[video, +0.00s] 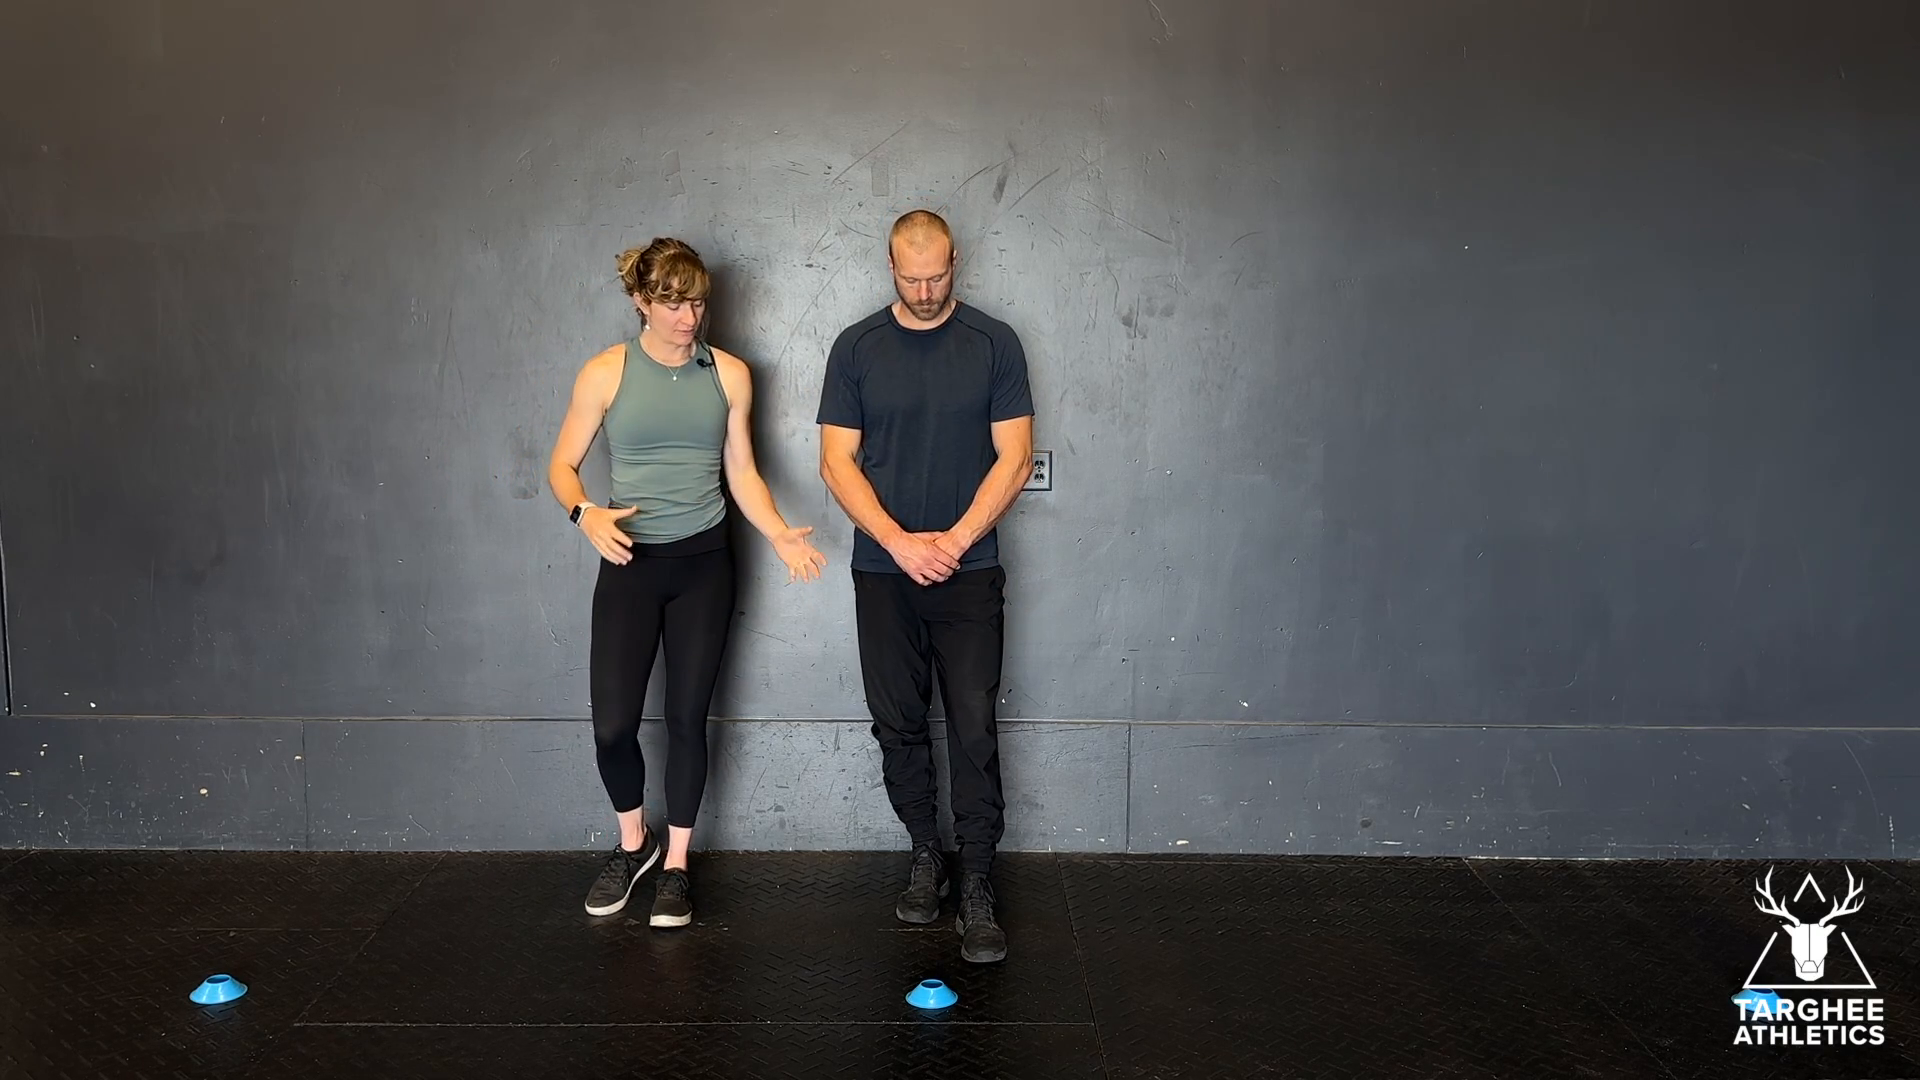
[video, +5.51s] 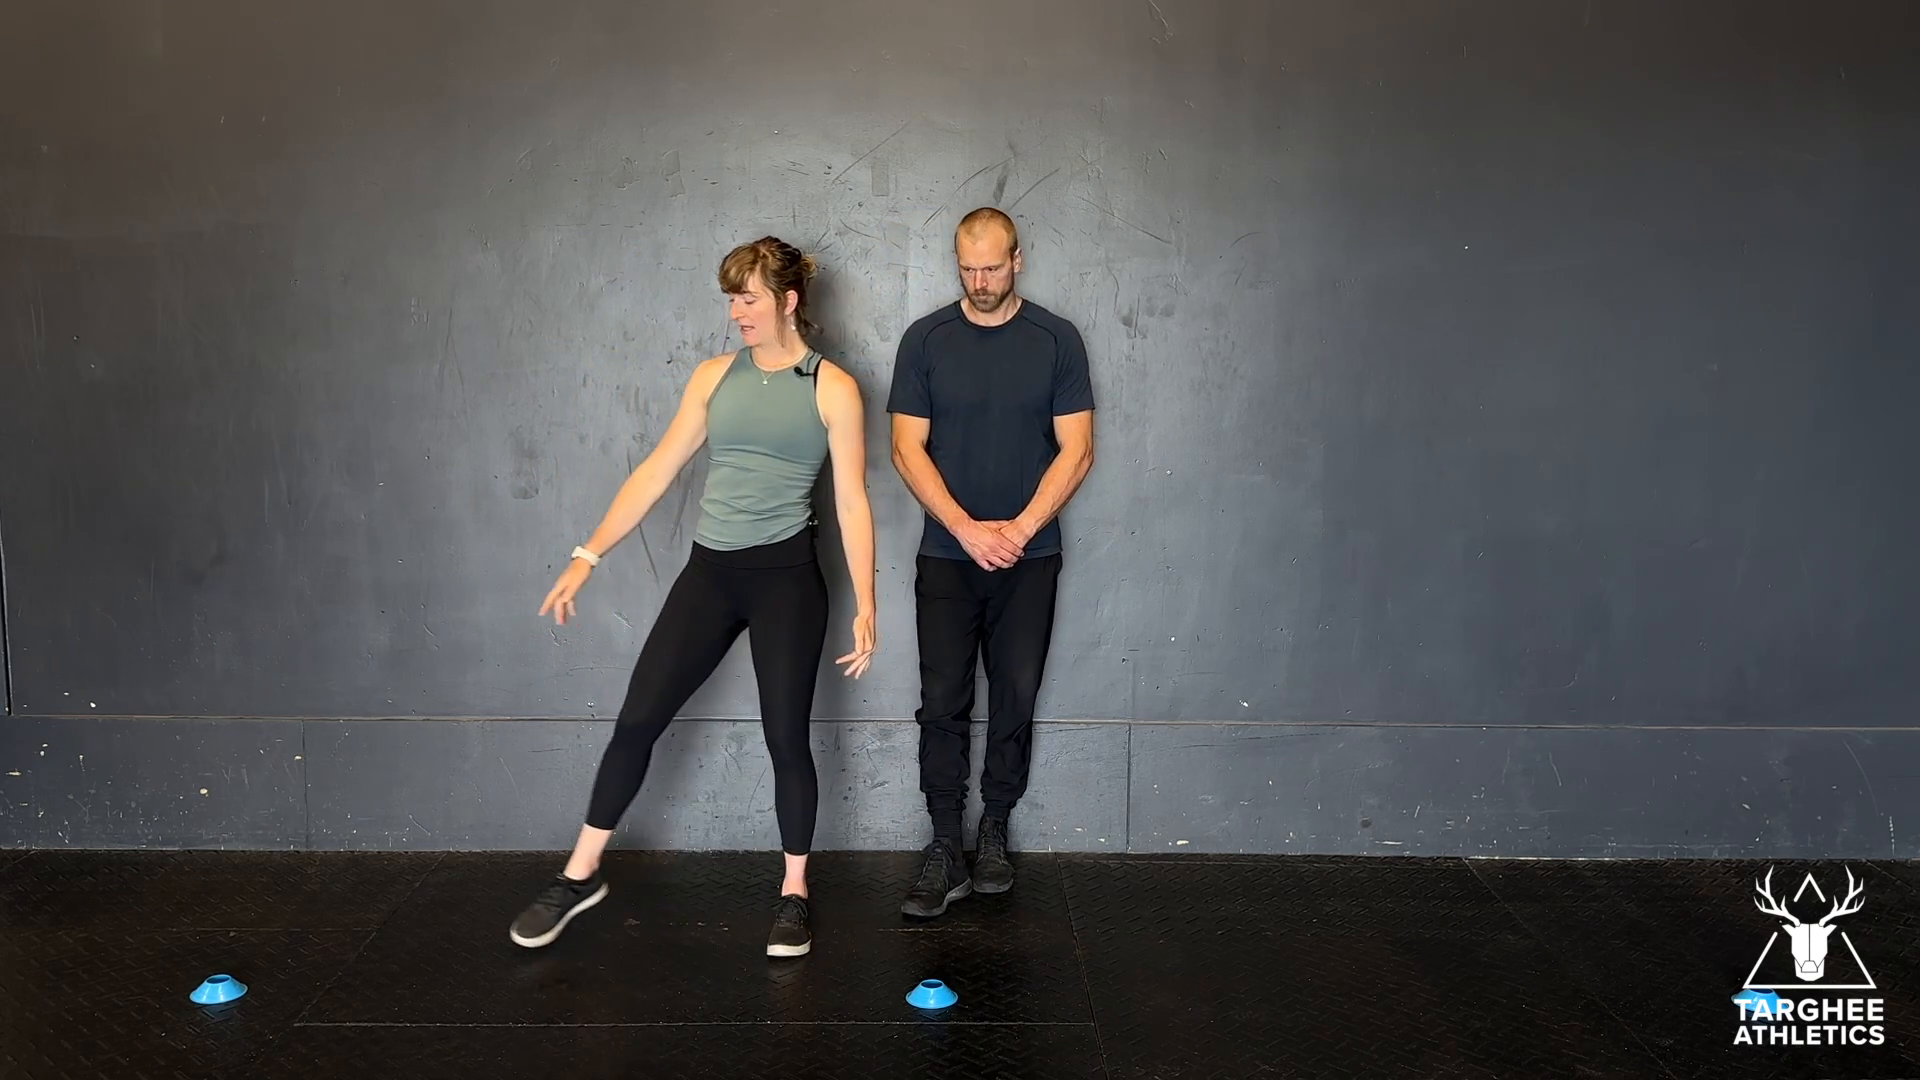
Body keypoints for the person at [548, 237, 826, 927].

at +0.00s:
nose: (688, 315)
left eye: (696, 301)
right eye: (673, 303)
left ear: (704, 299)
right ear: (642, 302)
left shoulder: (728, 373)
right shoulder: (606, 373)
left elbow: (741, 468)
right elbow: (562, 466)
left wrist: (780, 534)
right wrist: (584, 513)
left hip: (705, 561)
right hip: (628, 564)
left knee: (687, 716)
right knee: (612, 725)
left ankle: (675, 867)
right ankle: (635, 844)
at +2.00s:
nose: (673, 322)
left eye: (683, 309)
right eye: (660, 310)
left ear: (701, 303)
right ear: (641, 307)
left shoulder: (735, 374)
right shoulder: (610, 371)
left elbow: (750, 473)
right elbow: (591, 467)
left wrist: (761, 556)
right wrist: (581, 546)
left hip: (704, 561)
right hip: (626, 562)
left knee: (688, 715)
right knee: (605, 720)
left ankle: (677, 865)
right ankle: (635, 841)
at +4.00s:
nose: (685, 311)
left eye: (693, 298)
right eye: (670, 299)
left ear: (701, 300)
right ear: (639, 302)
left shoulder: (725, 374)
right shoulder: (604, 378)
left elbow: (746, 471)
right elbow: (568, 484)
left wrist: (782, 524)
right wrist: (569, 575)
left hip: (710, 565)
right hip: (633, 570)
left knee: (733, 722)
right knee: (634, 724)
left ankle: (734, 869)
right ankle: (635, 871)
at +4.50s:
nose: (747, 313)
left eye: (757, 299)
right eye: (732, 301)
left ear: (771, 302)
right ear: (708, 305)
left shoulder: (803, 380)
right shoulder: (680, 383)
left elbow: (826, 489)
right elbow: (663, 487)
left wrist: (856, 587)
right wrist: (662, 573)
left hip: (791, 570)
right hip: (710, 572)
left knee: (788, 733)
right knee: (675, 739)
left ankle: (795, 889)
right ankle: (660, 861)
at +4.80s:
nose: (773, 311)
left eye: (785, 297)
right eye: (759, 298)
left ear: (800, 300)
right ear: (738, 304)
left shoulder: (833, 381)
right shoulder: (707, 383)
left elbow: (852, 494)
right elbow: (685, 488)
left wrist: (881, 595)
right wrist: (673, 587)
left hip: (815, 574)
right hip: (735, 577)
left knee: (803, 731)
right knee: (735, 730)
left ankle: (796, 889)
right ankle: (764, 853)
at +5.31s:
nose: (751, 311)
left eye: (765, 298)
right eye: (747, 298)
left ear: (805, 302)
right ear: (746, 304)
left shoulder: (847, 388)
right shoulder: (727, 373)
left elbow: (864, 504)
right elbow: (688, 476)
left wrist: (876, 600)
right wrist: (647, 564)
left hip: (805, 574)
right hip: (725, 572)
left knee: (794, 737)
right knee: (676, 724)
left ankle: (793, 891)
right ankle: (671, 886)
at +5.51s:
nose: (735, 308)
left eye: (748, 296)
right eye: (731, 296)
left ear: (790, 299)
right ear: (734, 303)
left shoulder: (833, 388)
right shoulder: (715, 376)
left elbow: (852, 502)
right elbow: (655, 473)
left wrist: (866, 603)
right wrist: (586, 558)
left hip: (786, 574)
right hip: (710, 572)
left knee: (788, 736)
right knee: (639, 716)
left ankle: (794, 892)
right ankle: (580, 872)